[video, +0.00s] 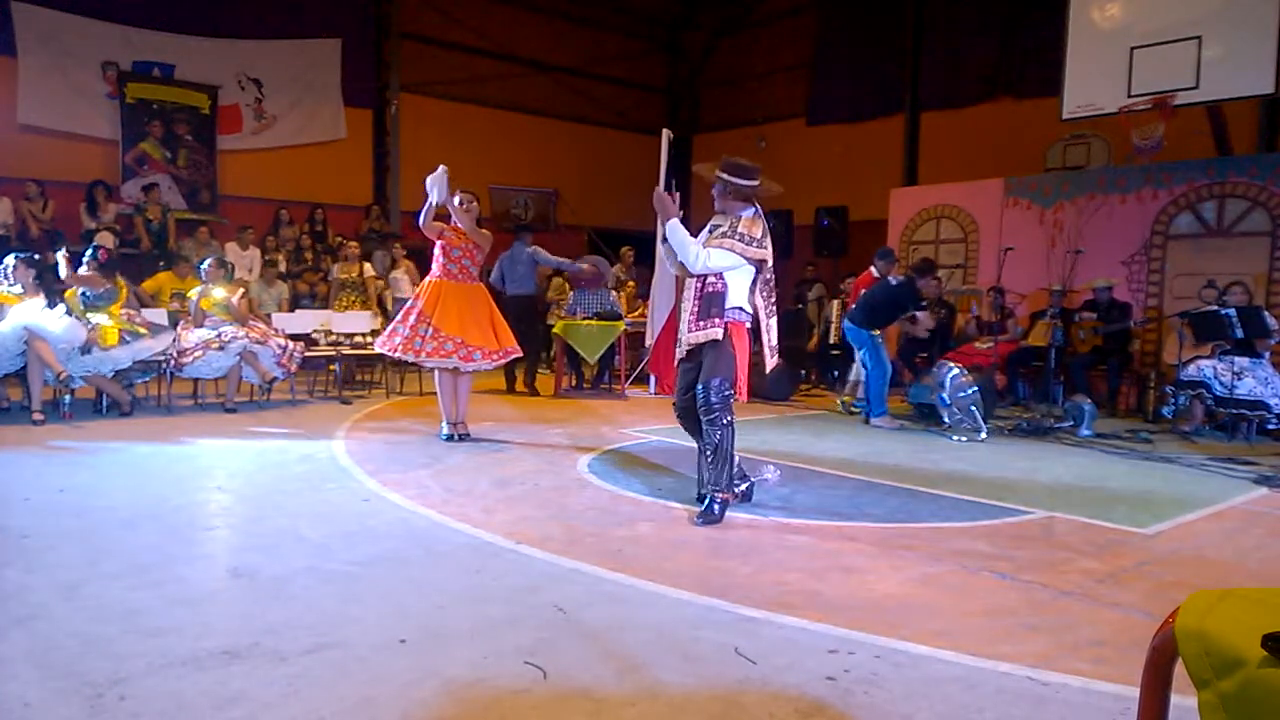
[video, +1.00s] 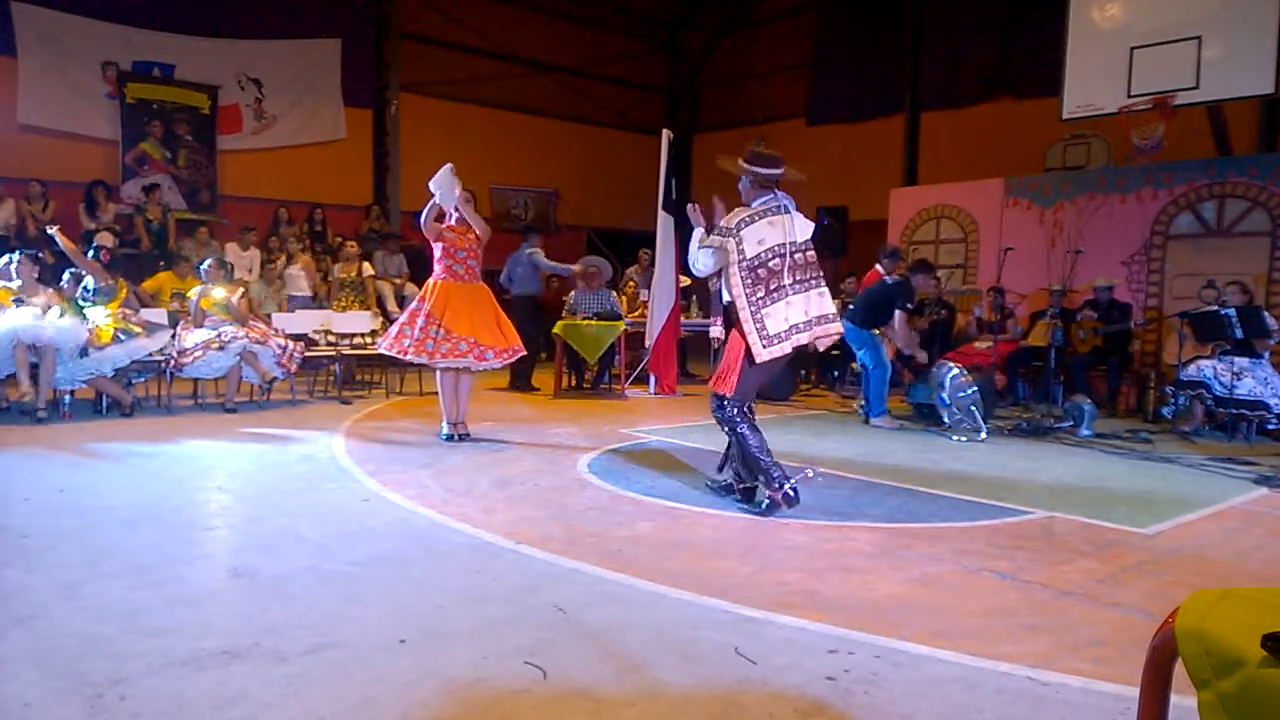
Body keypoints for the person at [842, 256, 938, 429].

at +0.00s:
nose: (933, 285)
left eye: (934, 280)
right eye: (932, 280)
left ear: (916, 273)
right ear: (925, 278)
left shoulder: (901, 282)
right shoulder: (911, 291)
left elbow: (893, 316)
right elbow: (926, 321)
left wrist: (912, 329)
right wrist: (934, 321)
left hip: (855, 323)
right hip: (863, 328)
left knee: (874, 368)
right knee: (882, 368)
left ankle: (872, 411)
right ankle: (879, 414)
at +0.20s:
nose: (931, 282)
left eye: (932, 278)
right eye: (931, 278)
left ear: (913, 270)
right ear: (926, 277)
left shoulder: (898, 280)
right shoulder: (912, 291)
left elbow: (894, 316)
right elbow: (923, 328)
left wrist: (917, 320)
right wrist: (946, 323)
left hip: (852, 323)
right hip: (864, 328)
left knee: (872, 369)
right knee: (885, 368)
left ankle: (870, 410)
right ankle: (878, 414)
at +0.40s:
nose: (929, 283)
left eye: (931, 279)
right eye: (930, 279)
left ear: (912, 271)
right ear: (925, 278)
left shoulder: (895, 279)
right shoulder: (911, 291)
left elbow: (891, 315)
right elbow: (922, 327)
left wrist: (913, 320)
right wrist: (942, 323)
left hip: (852, 322)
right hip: (864, 328)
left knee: (871, 368)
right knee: (883, 368)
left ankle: (871, 410)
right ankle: (879, 414)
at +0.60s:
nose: (929, 284)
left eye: (930, 279)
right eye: (929, 279)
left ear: (911, 271)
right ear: (924, 277)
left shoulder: (893, 280)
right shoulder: (911, 290)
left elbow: (892, 320)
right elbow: (922, 327)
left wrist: (913, 325)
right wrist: (933, 326)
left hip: (852, 323)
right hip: (864, 328)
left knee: (872, 368)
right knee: (883, 368)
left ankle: (871, 411)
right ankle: (879, 414)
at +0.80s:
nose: (928, 283)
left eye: (929, 278)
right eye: (928, 278)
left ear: (911, 271)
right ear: (920, 275)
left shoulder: (894, 281)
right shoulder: (907, 289)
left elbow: (899, 325)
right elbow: (910, 326)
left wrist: (920, 337)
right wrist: (928, 338)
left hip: (853, 323)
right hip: (863, 328)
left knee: (872, 367)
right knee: (882, 368)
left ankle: (871, 411)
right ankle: (879, 414)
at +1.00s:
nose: (930, 284)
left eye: (931, 280)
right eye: (929, 279)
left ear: (915, 275)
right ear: (920, 277)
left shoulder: (896, 283)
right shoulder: (906, 289)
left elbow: (884, 324)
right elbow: (900, 329)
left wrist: (902, 344)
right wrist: (915, 351)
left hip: (853, 323)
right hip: (860, 327)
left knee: (872, 366)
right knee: (880, 367)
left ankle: (871, 410)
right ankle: (878, 414)